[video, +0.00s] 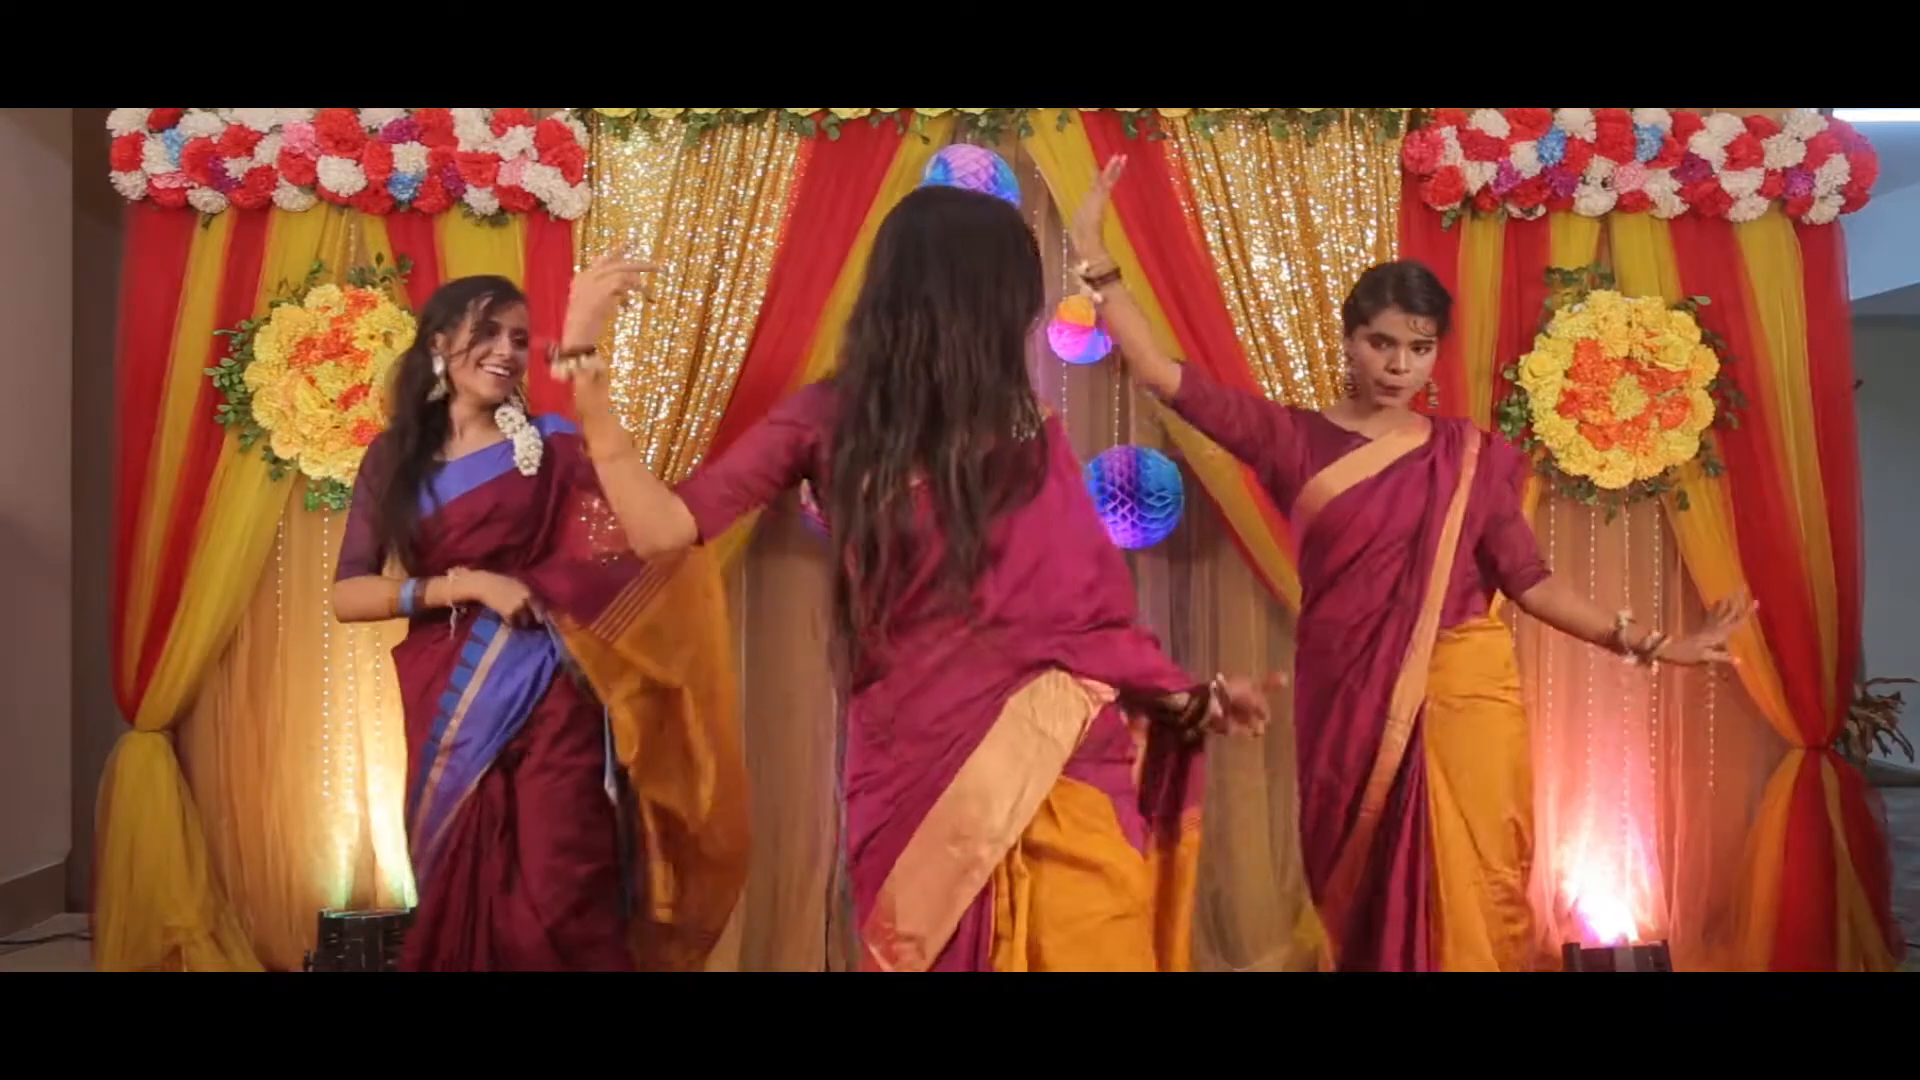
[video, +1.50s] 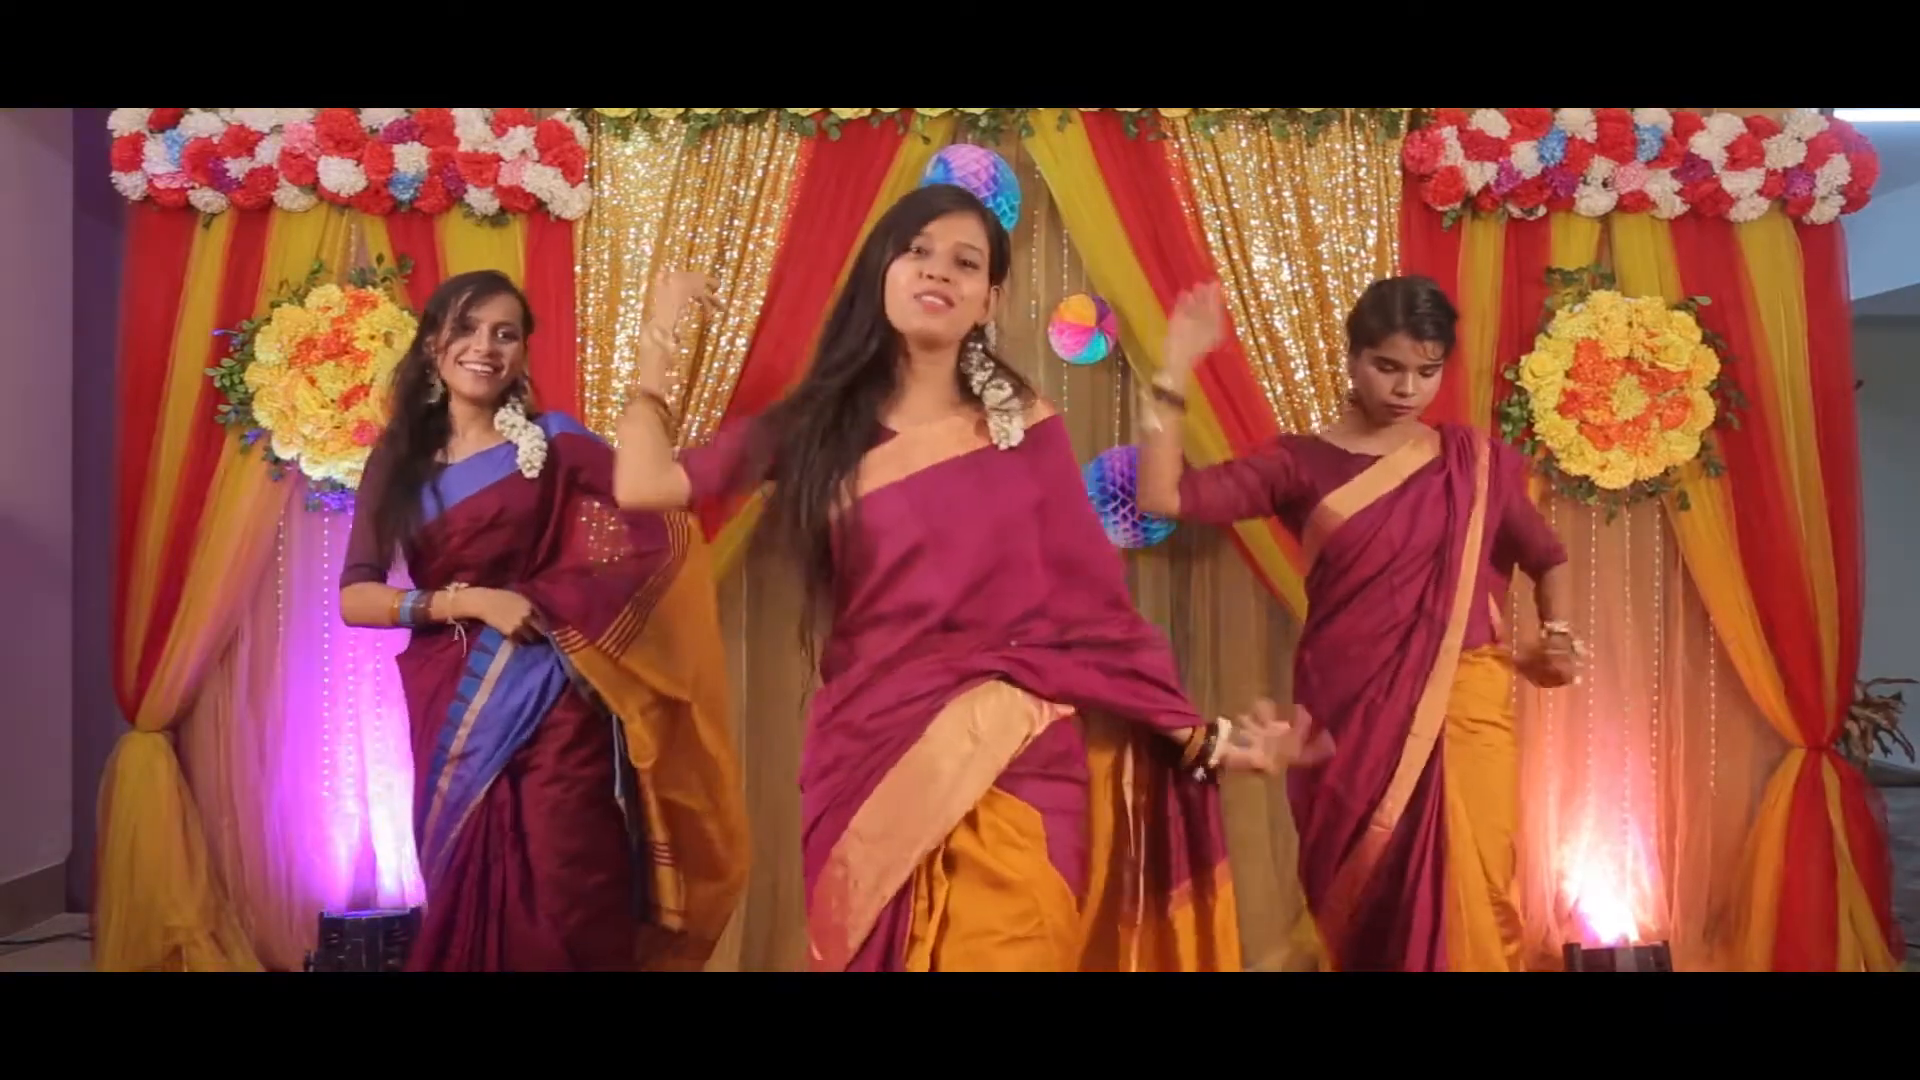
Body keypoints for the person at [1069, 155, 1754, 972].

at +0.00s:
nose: (1397, 362)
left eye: (1415, 347)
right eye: (1380, 342)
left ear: (1436, 354)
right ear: (1346, 341)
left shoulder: (1471, 454)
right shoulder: (1298, 440)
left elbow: (1533, 583)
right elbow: (1166, 378)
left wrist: (1650, 642)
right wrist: (1100, 280)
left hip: (1467, 684)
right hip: (1352, 695)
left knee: (1476, 896)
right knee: (1365, 897)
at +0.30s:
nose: (1391, 361)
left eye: (1410, 346)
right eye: (1374, 342)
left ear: (1437, 357)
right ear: (1345, 347)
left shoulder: (1482, 455)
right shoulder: (1306, 453)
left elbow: (1546, 587)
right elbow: (1154, 438)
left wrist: (1659, 665)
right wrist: (1096, 339)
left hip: (1467, 691)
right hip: (1348, 702)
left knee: (1467, 899)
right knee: (1357, 903)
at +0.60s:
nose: (1396, 369)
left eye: (1415, 352)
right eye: (1378, 351)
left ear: (1437, 359)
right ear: (1346, 352)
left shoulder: (1480, 458)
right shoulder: (1305, 462)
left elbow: (1508, 606)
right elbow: (1152, 462)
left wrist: (1610, 680)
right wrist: (1099, 352)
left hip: (1471, 705)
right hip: (1357, 714)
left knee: (1469, 909)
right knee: (1364, 913)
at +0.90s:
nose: (1395, 377)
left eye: (1413, 361)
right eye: (1378, 357)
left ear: (1436, 360)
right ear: (1344, 348)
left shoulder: (1470, 453)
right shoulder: (1291, 439)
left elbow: (1559, 564)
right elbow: (1155, 376)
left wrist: (1676, 630)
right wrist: (1111, 264)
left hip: (1467, 684)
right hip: (1352, 700)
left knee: (1477, 894)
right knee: (1365, 906)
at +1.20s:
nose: (1404, 387)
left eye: (1422, 371)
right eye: (1385, 367)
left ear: (1442, 364)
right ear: (1349, 354)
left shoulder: (1474, 461)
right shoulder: (1299, 453)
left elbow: (1521, 595)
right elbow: (1149, 446)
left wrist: (1623, 668)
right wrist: (1107, 333)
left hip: (1469, 693)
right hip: (1352, 702)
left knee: (1474, 896)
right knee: (1360, 904)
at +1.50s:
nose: (1407, 388)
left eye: (1425, 370)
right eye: (1388, 367)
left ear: (1444, 365)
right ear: (1352, 358)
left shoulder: (1474, 457)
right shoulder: (1305, 461)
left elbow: (1550, 559)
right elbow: (1162, 495)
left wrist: (1557, 637)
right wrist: (1174, 369)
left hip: (1468, 706)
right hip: (1352, 716)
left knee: (1473, 907)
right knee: (1359, 915)